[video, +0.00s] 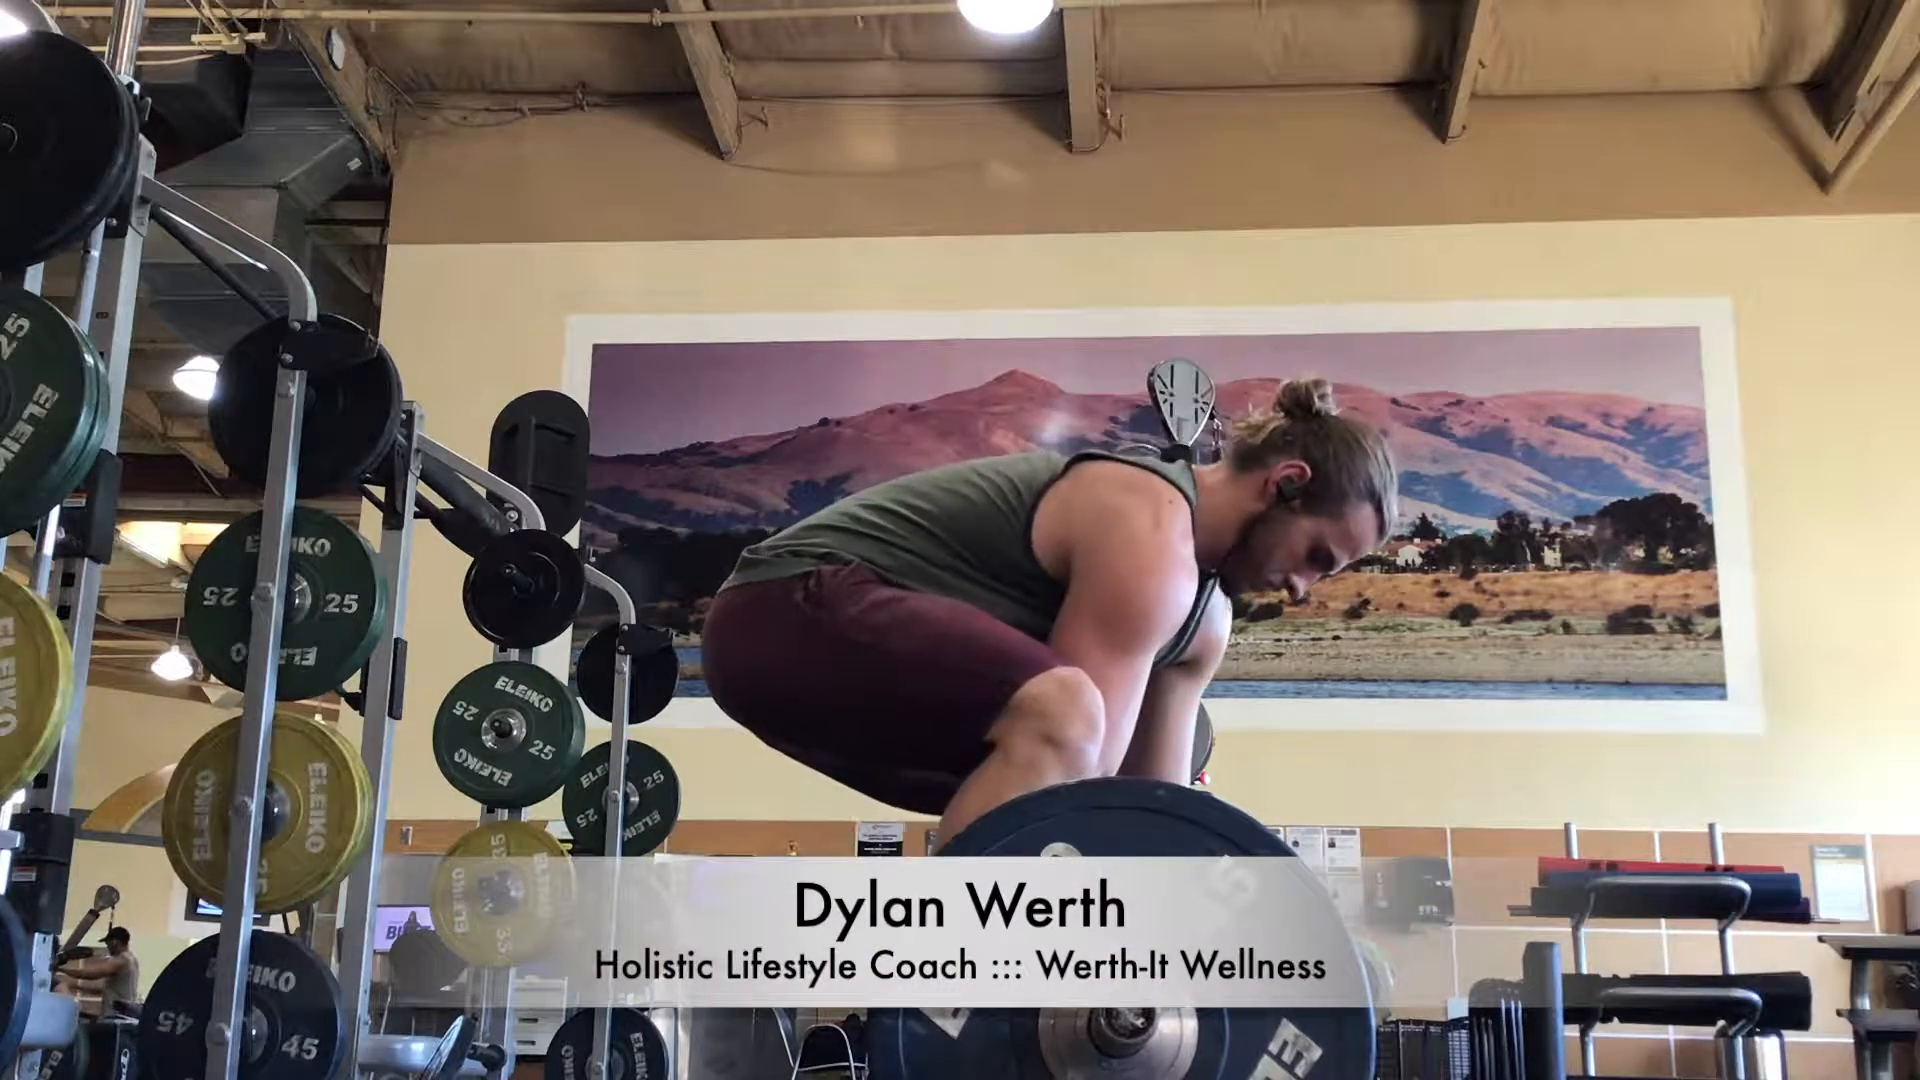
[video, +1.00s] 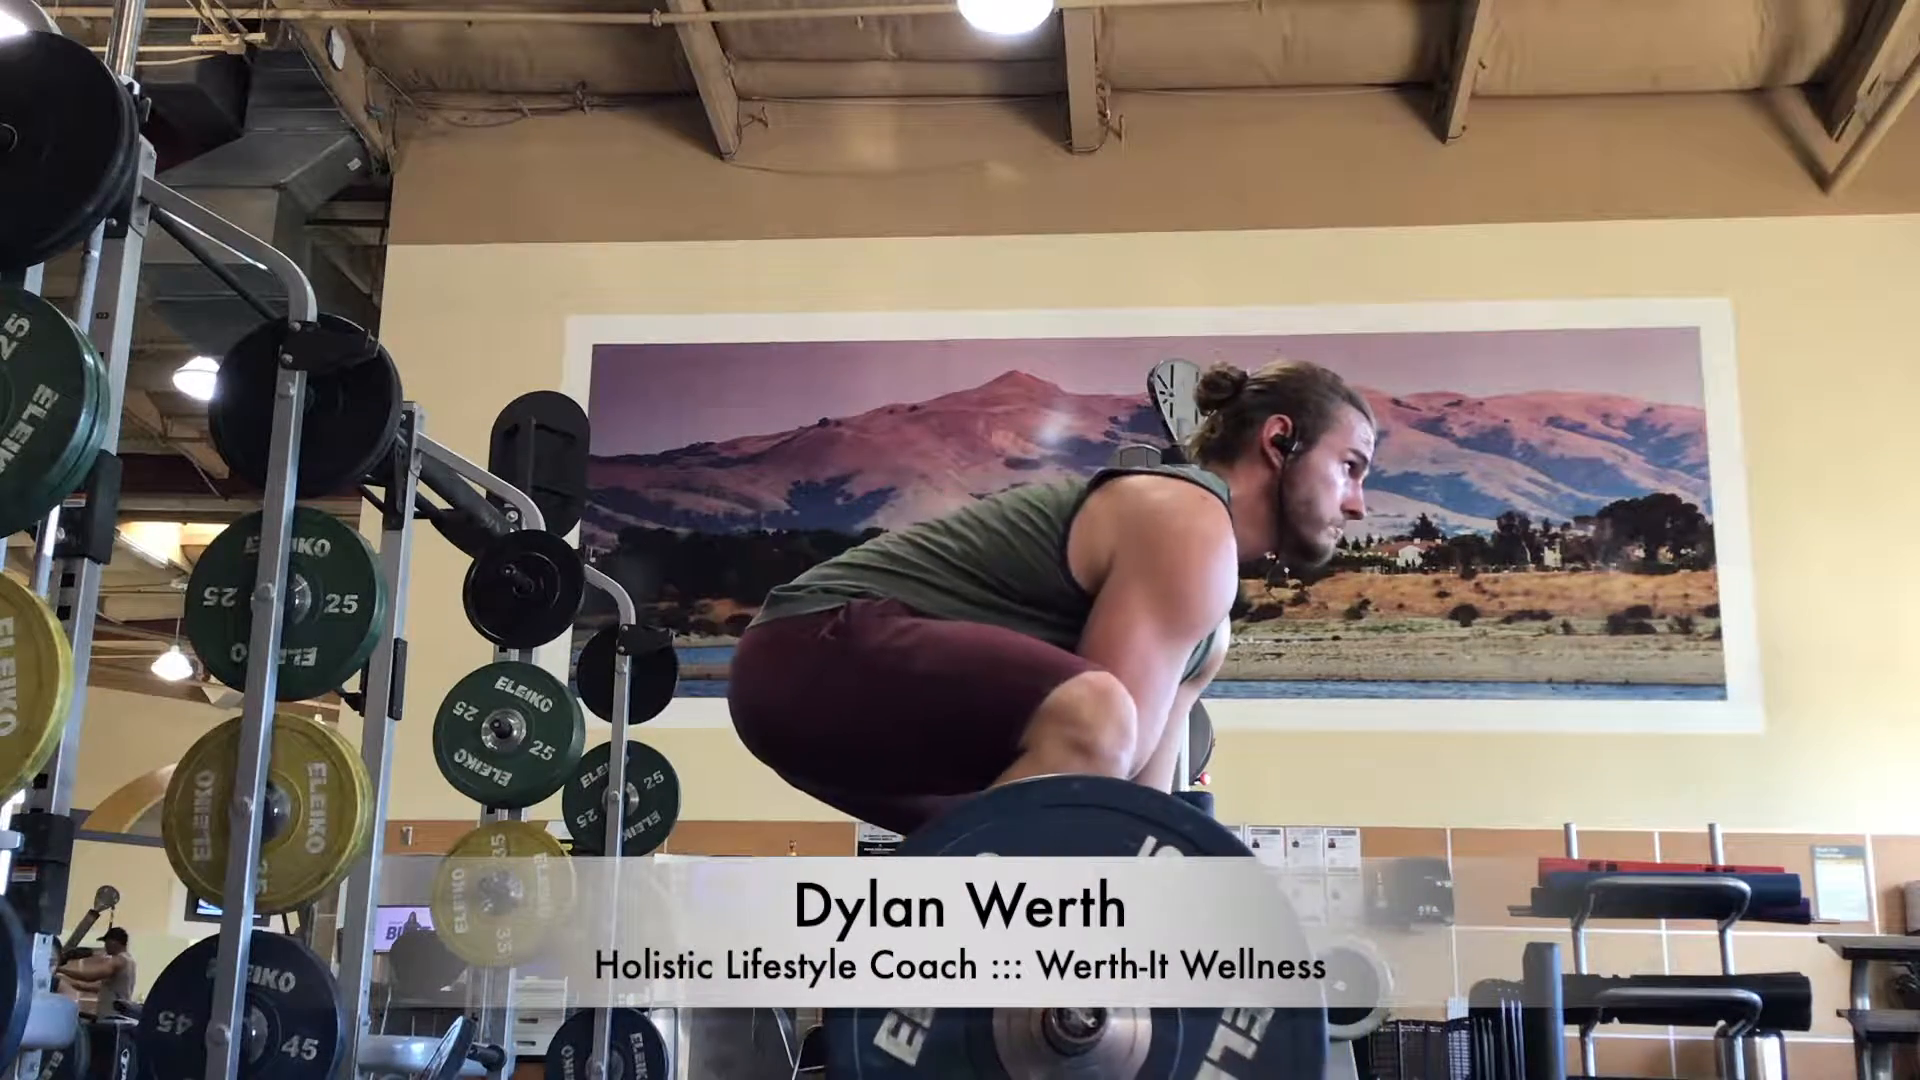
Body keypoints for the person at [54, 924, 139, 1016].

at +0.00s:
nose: (107, 947)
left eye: (108, 943)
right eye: (106, 943)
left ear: (116, 943)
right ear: (122, 943)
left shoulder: (121, 960)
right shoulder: (130, 960)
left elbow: (88, 974)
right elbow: (103, 987)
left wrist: (61, 969)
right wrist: (76, 985)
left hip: (113, 1017)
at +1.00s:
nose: (105, 946)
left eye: (107, 942)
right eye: (105, 942)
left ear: (114, 942)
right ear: (119, 943)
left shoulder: (119, 960)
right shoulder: (128, 961)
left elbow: (87, 976)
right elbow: (105, 988)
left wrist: (61, 970)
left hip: (108, 1017)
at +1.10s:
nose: (104, 946)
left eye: (106, 942)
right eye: (104, 943)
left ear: (113, 943)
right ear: (120, 943)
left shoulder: (118, 961)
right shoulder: (128, 961)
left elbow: (87, 977)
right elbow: (118, 988)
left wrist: (61, 970)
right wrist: (94, 989)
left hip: (108, 1017)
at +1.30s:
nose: (103, 947)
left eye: (104, 944)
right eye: (103, 944)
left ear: (111, 943)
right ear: (122, 943)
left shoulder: (117, 961)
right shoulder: (128, 961)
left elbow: (88, 977)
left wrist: (61, 971)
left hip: (107, 1018)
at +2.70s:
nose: (107, 950)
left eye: (107, 947)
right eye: (106, 947)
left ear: (110, 946)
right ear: (123, 944)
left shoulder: (119, 961)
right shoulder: (131, 962)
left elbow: (89, 977)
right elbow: (110, 988)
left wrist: (60, 971)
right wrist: (83, 987)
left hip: (111, 1018)